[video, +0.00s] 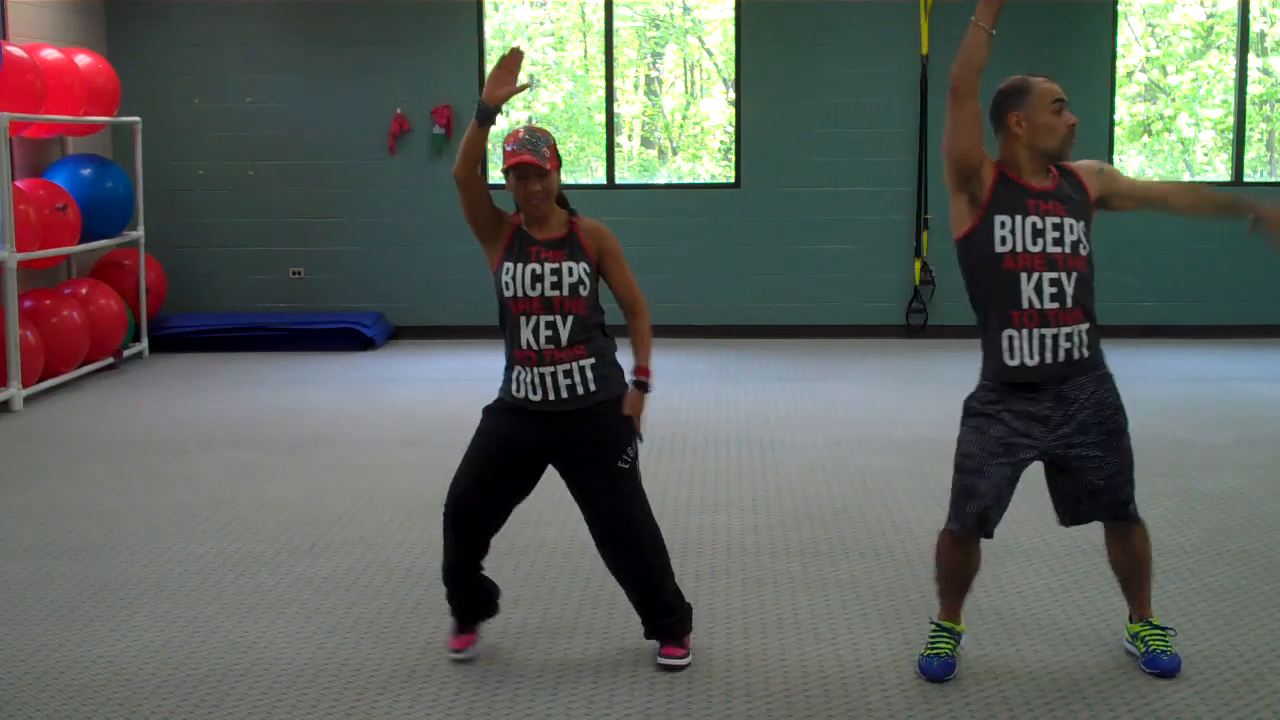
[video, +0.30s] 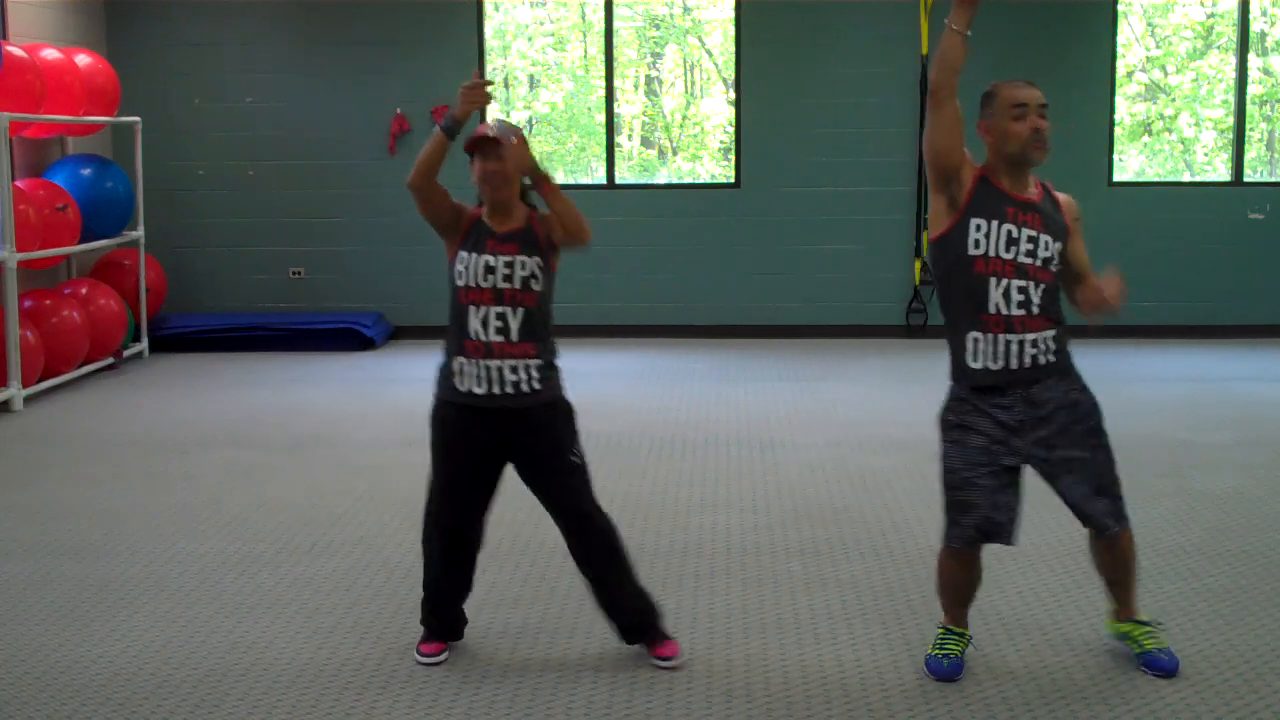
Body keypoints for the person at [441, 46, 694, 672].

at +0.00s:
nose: (527, 185)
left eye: (537, 173)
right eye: (518, 175)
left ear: (557, 176)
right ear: (506, 182)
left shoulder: (591, 237)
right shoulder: (500, 236)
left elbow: (636, 310)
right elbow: (467, 178)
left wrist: (640, 385)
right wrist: (487, 111)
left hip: (592, 408)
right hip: (519, 409)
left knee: (626, 526)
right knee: (463, 513)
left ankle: (670, 627)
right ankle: (467, 612)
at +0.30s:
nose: (486, 162)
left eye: (498, 152)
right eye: (478, 155)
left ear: (524, 168)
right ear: (471, 168)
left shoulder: (543, 225)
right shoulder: (460, 226)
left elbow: (579, 235)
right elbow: (420, 180)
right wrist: (457, 115)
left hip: (535, 407)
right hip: (465, 408)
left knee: (583, 521)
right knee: (448, 524)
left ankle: (646, 631)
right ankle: (440, 627)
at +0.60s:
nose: (456, 144)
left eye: (468, 136)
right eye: (447, 138)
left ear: (489, 149)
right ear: (436, 154)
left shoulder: (511, 211)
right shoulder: (426, 209)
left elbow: (514, 138)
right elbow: (395, 154)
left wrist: (481, 67)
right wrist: (428, 83)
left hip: (484, 392)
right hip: (419, 388)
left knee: (481, 513)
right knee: (419, 512)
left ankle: (488, 626)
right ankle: (434, 622)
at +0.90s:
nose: (438, 151)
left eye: (450, 143)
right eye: (430, 145)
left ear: (471, 158)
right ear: (418, 160)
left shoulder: (490, 215)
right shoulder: (406, 215)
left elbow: (487, 140)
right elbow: (338, 172)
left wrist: (447, 64)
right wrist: (319, 100)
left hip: (465, 401)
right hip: (398, 393)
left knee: (466, 520)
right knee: (356, 499)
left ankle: (474, 629)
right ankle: (401, 608)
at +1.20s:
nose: (407, 167)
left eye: (419, 159)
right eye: (399, 158)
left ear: (441, 170)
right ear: (387, 167)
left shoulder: (459, 224)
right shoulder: (362, 238)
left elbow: (456, 145)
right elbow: (302, 302)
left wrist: (422, 76)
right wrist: (242, 353)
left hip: (455, 411)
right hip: (381, 412)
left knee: (476, 526)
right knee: (342, 526)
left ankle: (475, 627)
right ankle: (291, 631)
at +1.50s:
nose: (408, 180)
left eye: (419, 169)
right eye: (399, 169)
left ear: (441, 174)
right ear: (389, 174)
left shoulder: (464, 230)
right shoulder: (370, 240)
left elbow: (470, 155)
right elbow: (362, 308)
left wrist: (437, 83)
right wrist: (376, 316)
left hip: (449, 411)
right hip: (379, 409)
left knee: (463, 526)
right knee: (336, 523)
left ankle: (514, 616)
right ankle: (293, 632)